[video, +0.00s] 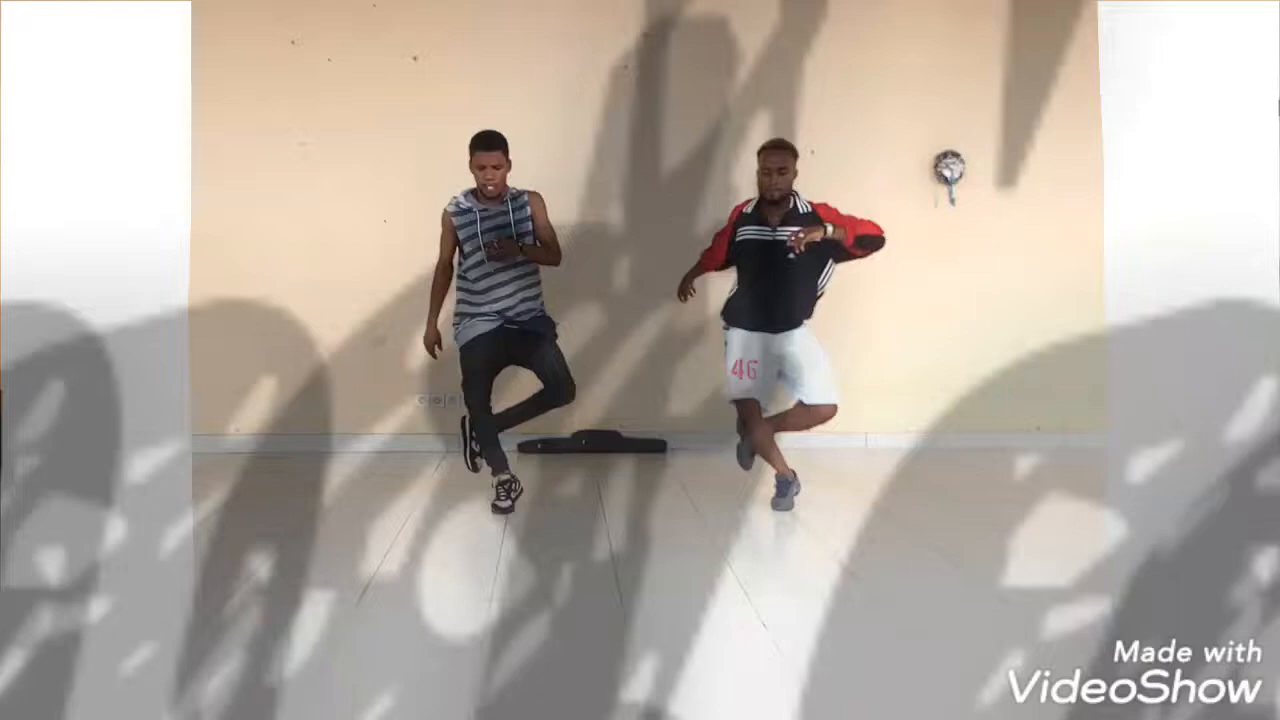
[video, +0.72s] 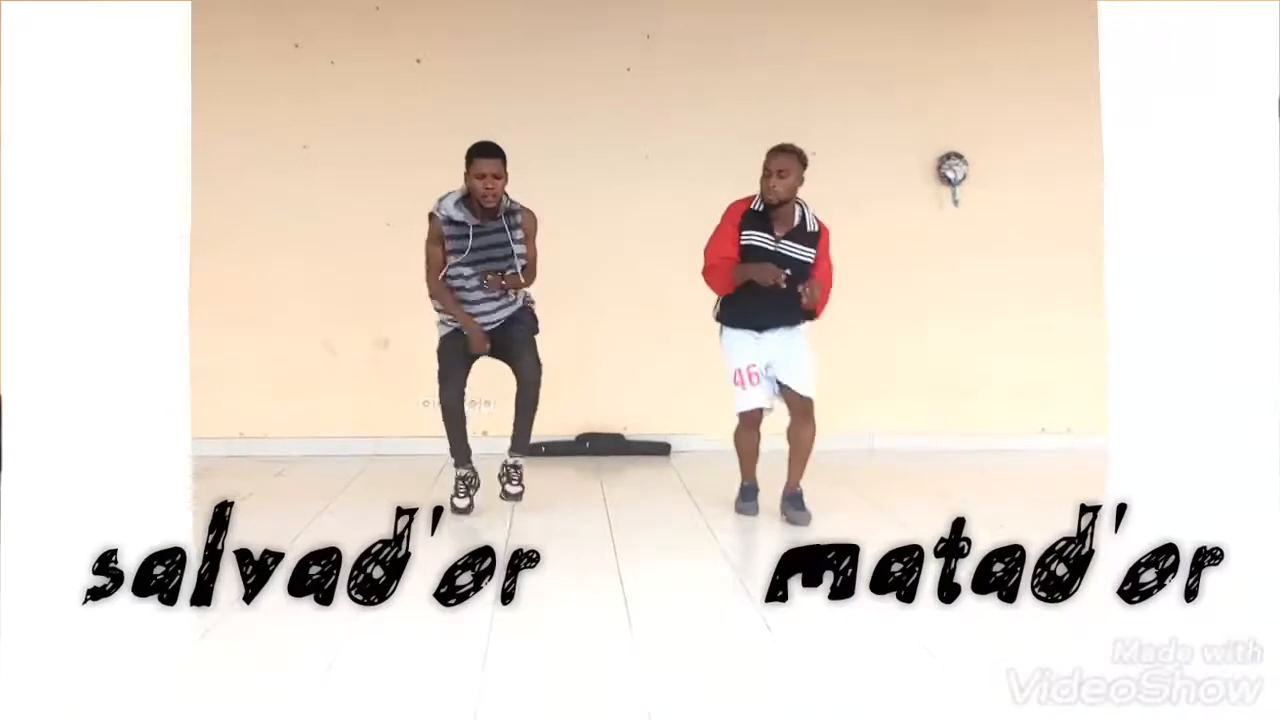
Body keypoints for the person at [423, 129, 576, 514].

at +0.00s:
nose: (489, 175)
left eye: (496, 167)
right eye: (481, 168)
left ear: (508, 165)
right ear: (470, 168)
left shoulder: (530, 203)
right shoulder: (456, 214)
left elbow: (554, 256)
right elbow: (445, 268)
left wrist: (520, 253)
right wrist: (432, 323)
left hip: (528, 318)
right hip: (479, 322)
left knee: (562, 391)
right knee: (475, 397)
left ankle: (483, 427)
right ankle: (503, 477)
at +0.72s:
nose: (489, 185)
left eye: (496, 177)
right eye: (480, 177)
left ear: (506, 179)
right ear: (466, 178)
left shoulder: (523, 219)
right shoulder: (443, 220)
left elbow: (529, 273)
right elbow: (434, 282)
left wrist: (513, 282)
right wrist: (470, 326)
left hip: (509, 315)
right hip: (459, 320)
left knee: (530, 371)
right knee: (449, 392)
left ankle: (515, 461)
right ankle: (464, 471)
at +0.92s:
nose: (469, 125)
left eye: (476, 116)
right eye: (461, 118)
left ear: (489, 116)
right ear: (449, 120)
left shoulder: (512, 157)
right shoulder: (435, 160)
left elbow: (541, 212)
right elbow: (422, 223)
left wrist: (546, 262)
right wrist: (430, 278)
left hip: (506, 284)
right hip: (455, 285)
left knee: (531, 360)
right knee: (443, 364)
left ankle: (534, 450)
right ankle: (437, 437)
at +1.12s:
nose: (460, 129)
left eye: (468, 120)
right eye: (452, 121)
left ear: (481, 119)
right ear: (441, 123)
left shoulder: (506, 156)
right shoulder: (425, 169)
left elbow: (545, 192)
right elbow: (390, 217)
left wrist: (576, 194)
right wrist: (358, 265)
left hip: (506, 285)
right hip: (456, 289)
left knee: (554, 338)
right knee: (447, 369)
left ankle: (561, 435)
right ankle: (392, 353)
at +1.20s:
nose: (457, 138)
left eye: (465, 129)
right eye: (449, 130)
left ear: (478, 128)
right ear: (439, 132)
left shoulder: (502, 169)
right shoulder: (421, 181)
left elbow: (532, 212)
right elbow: (395, 235)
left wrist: (547, 225)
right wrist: (372, 290)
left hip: (508, 292)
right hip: (458, 297)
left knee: (540, 372)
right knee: (447, 377)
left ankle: (522, 463)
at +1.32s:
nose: (455, 161)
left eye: (462, 153)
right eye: (447, 154)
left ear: (481, 152)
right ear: (441, 157)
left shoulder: (504, 193)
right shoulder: (428, 203)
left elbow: (546, 238)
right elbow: (413, 262)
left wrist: (554, 200)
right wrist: (406, 320)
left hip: (502, 325)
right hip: (450, 332)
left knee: (530, 392)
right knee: (443, 402)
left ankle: (513, 472)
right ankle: (460, 482)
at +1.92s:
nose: (493, 170)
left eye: (503, 163)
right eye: (485, 161)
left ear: (513, 164)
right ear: (472, 158)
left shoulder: (520, 217)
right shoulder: (447, 189)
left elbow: (544, 282)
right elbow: (419, 227)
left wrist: (492, 308)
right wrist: (386, 265)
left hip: (504, 313)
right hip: (458, 314)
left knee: (494, 382)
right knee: (433, 392)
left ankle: (579, 417)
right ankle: (480, 473)